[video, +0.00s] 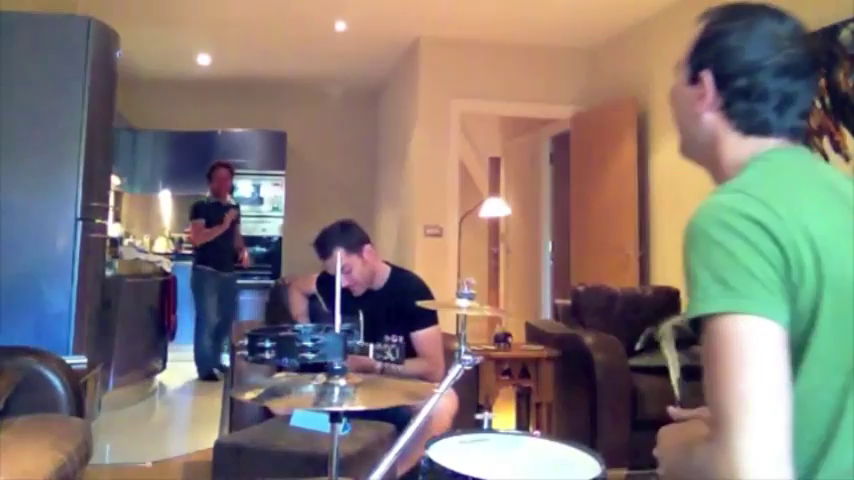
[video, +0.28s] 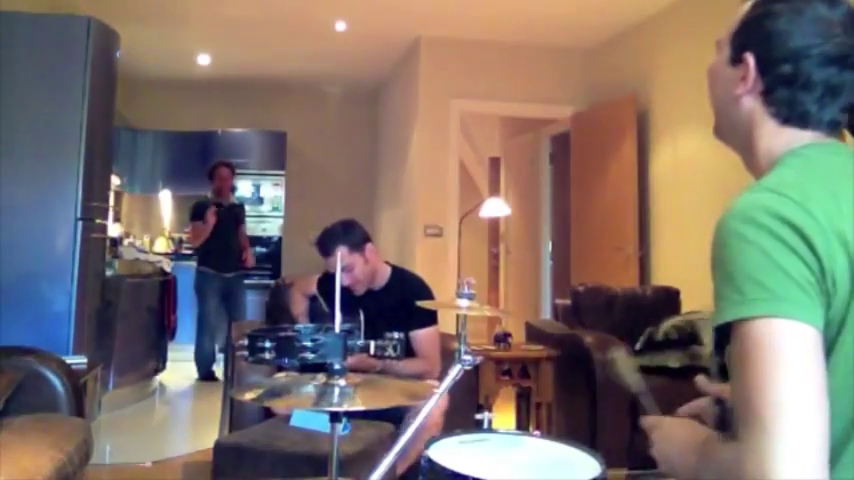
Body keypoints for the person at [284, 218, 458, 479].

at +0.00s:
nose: (343, 283)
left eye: (347, 271)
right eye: (336, 275)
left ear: (368, 253)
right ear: (329, 269)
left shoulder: (410, 289)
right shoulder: (332, 284)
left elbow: (434, 369)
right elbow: (295, 288)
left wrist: (374, 367)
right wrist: (305, 335)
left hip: (395, 391)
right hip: (339, 387)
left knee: (444, 402)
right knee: (279, 398)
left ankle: (390, 473)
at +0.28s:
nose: (343, 281)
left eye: (348, 269)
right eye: (337, 273)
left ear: (370, 252)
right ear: (329, 268)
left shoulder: (411, 290)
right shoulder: (334, 285)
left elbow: (430, 367)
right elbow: (297, 289)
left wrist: (375, 366)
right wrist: (303, 332)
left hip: (396, 393)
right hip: (339, 389)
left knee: (434, 404)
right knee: (280, 399)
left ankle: (387, 473)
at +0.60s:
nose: (354, 277)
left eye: (361, 266)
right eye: (347, 269)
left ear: (382, 252)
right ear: (341, 263)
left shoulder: (416, 291)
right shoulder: (340, 281)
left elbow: (429, 370)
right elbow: (301, 287)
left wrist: (373, 368)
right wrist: (306, 325)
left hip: (396, 389)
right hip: (342, 384)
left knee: (423, 412)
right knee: (282, 401)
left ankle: (384, 474)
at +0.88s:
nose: (361, 276)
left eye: (370, 266)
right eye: (353, 267)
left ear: (389, 253)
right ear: (344, 259)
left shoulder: (416, 290)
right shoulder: (340, 279)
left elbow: (430, 370)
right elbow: (299, 287)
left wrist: (378, 369)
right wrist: (304, 331)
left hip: (398, 390)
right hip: (341, 384)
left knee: (433, 406)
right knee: (282, 400)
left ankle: (386, 473)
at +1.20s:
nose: (370, 272)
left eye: (379, 263)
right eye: (363, 262)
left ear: (401, 254)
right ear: (357, 251)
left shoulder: (421, 289)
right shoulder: (346, 272)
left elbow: (425, 368)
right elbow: (304, 277)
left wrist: (388, 366)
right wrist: (310, 329)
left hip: (395, 388)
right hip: (341, 379)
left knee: (447, 403)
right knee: (276, 399)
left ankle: (390, 473)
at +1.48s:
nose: (387, 273)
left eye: (397, 267)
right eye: (381, 263)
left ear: (420, 261)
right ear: (376, 250)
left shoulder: (433, 296)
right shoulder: (358, 272)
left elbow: (427, 370)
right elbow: (308, 278)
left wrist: (384, 369)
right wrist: (314, 325)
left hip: (399, 387)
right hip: (346, 379)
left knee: (448, 404)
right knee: (279, 384)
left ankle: (394, 470)